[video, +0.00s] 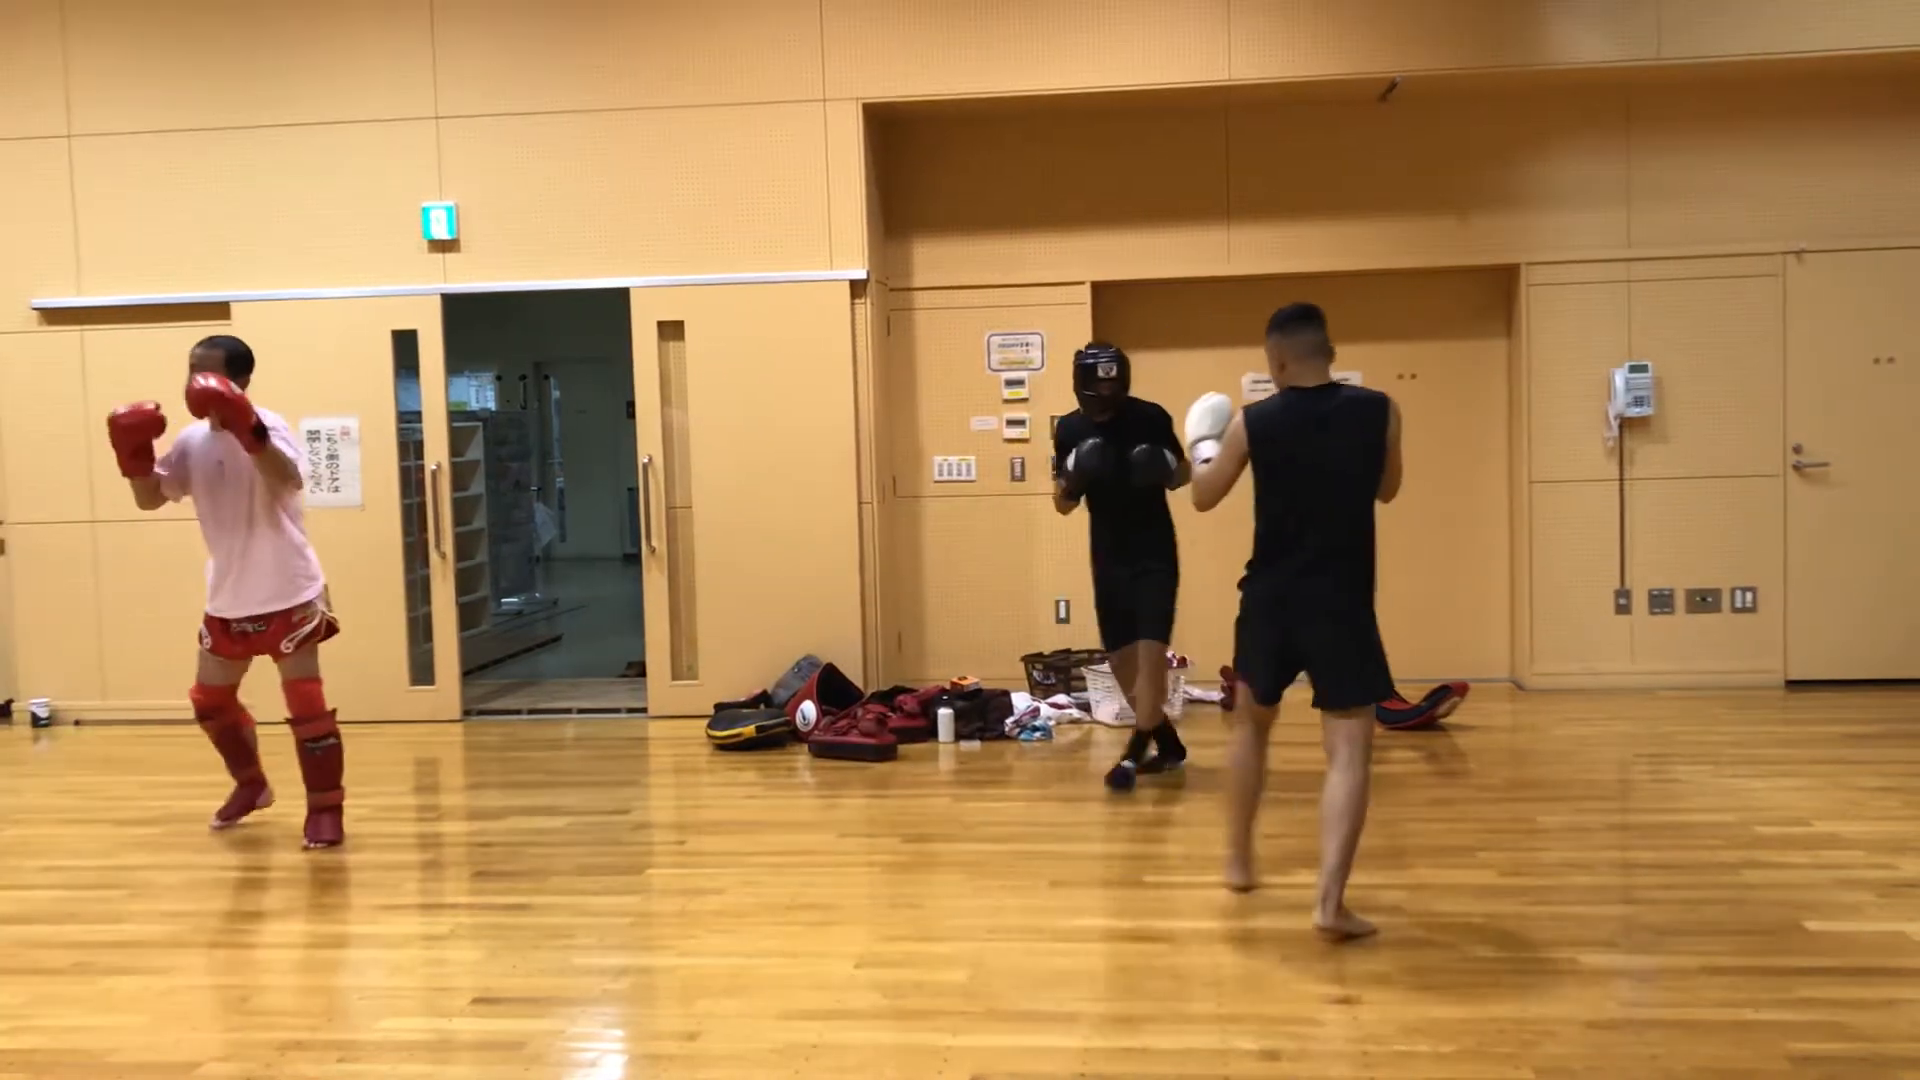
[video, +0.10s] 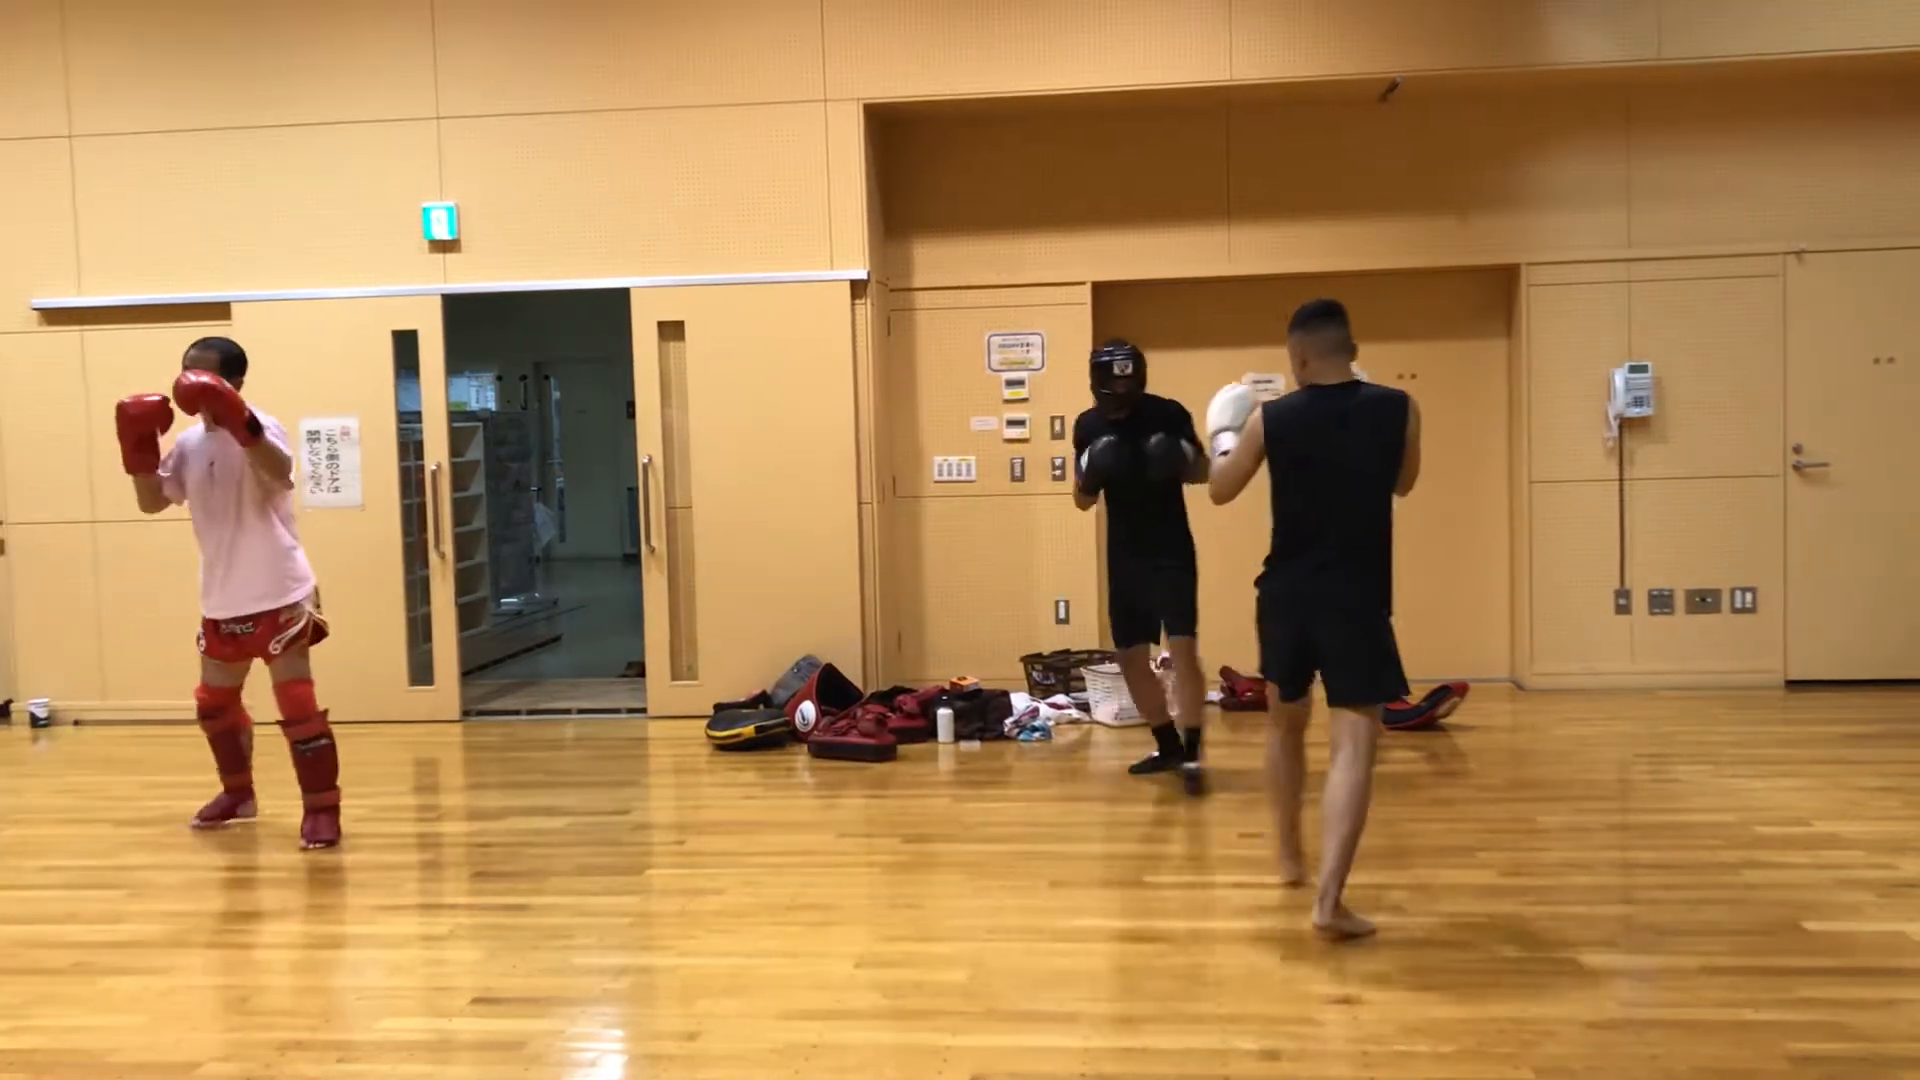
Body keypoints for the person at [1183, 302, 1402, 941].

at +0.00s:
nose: (1271, 367)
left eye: (1270, 359)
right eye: (1278, 358)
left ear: (1273, 359)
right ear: (1329, 352)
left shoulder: (1255, 422)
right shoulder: (1376, 410)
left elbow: (1205, 495)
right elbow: (1387, 489)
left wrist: (1209, 444)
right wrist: (1342, 437)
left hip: (1270, 602)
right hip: (1344, 604)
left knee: (1251, 725)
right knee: (1348, 755)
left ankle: (1239, 861)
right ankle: (1330, 904)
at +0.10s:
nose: (1291, 363)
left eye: (1290, 355)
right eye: (1297, 354)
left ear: (1294, 355)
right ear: (1352, 349)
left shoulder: (1274, 417)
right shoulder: (1396, 408)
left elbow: (1223, 488)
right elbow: (1403, 482)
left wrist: (1232, 430)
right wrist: (1353, 421)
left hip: (1288, 596)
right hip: (1358, 597)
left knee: (1287, 724)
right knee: (1353, 747)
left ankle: (1290, 857)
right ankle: (1328, 903)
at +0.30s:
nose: (1327, 372)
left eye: (1326, 364)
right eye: (1335, 363)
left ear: (1329, 365)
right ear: (1384, 359)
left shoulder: (1309, 429)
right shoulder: (1427, 415)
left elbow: (1257, 496)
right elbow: (1439, 484)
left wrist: (1247, 445)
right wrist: (1396, 410)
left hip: (1330, 599)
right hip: (1398, 600)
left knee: (1343, 726)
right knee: (1415, 737)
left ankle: (1344, 863)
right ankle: (1355, 862)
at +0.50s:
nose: (1363, 369)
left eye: (1362, 361)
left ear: (1363, 361)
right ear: (1421, 355)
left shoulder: (1343, 419)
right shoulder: (1461, 409)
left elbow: (1286, 479)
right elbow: (1471, 476)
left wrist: (1289, 429)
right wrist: (1435, 401)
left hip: (1360, 598)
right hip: (1429, 598)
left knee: (1357, 719)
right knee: (1491, 716)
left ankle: (1344, 851)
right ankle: (1489, 863)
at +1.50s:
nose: (1448, 365)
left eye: (1449, 358)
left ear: (1453, 360)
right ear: (1506, 358)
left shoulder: (1420, 418)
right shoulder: (1537, 422)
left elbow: (1364, 483)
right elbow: (1556, 485)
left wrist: (1362, 448)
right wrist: (1527, 418)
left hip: (1417, 599)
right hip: (1491, 601)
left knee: (1383, 707)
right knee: (1552, 718)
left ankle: (1346, 829)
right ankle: (1566, 858)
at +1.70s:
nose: (1485, 372)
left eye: (1483, 365)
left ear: (1489, 365)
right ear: (1544, 362)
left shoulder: (1461, 422)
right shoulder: (1580, 425)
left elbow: (1400, 489)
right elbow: (1592, 500)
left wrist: (1388, 451)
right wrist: (1557, 456)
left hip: (1462, 595)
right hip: (1534, 597)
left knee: (1418, 695)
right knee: (1577, 724)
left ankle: (1373, 818)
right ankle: (1570, 859)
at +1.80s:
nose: (1494, 368)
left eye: (1492, 360)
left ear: (1497, 360)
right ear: (1552, 357)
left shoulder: (1468, 415)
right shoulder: (1590, 419)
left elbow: (1407, 483)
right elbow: (1596, 494)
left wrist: (1403, 442)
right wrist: (1561, 452)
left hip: (1468, 588)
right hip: (1540, 591)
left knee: (1428, 691)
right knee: (1574, 720)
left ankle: (1395, 813)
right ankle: (1570, 859)